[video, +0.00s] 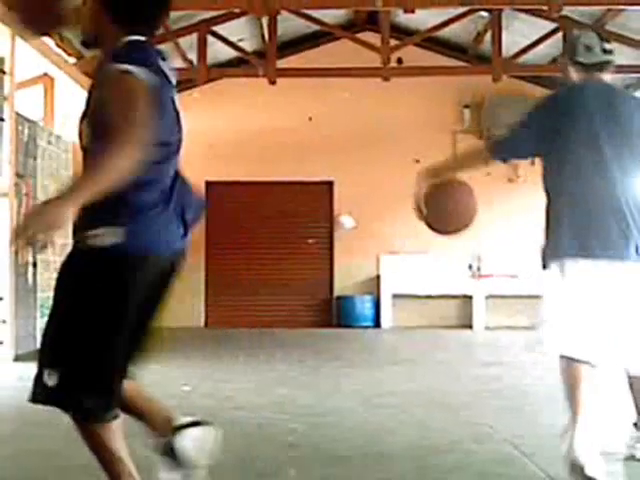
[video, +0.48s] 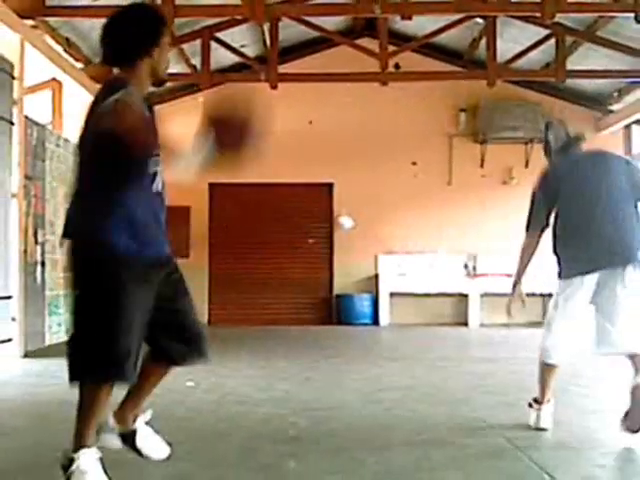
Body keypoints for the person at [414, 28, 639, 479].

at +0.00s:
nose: (563, 72)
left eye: (564, 66)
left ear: (569, 66)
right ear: (611, 67)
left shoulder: (561, 105)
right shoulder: (632, 106)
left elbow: (502, 151)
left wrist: (440, 170)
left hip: (576, 246)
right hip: (630, 247)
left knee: (574, 345)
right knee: (631, 353)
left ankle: (580, 438)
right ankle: (636, 431)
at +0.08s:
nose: (579, 81)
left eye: (578, 74)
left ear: (580, 72)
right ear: (616, 73)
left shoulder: (574, 101)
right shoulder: (635, 105)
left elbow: (530, 166)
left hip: (586, 237)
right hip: (635, 239)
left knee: (572, 330)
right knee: (631, 345)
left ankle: (589, 404)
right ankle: (634, 432)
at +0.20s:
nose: (578, 88)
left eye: (575, 81)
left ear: (578, 79)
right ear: (613, 77)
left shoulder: (568, 111)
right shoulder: (635, 108)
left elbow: (550, 179)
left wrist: (530, 227)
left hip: (584, 231)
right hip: (635, 229)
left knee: (565, 317)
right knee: (636, 335)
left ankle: (576, 412)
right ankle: (638, 424)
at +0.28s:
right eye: (604, 102)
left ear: (574, 104)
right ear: (607, 102)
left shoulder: (562, 132)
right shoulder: (628, 128)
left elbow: (554, 200)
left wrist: (541, 256)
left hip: (576, 236)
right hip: (631, 233)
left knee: (561, 324)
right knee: (631, 337)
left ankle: (554, 408)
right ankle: (634, 424)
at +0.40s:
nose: (558, 141)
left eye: (559, 136)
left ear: (563, 133)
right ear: (592, 129)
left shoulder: (558, 153)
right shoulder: (620, 149)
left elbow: (545, 216)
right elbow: (634, 193)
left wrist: (530, 262)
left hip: (581, 247)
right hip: (630, 243)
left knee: (559, 329)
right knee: (626, 336)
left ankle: (544, 404)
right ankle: (634, 416)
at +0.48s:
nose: (544, 158)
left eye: (545, 154)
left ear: (551, 151)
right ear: (580, 144)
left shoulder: (554, 174)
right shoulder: (618, 162)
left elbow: (534, 232)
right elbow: (639, 195)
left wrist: (517, 280)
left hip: (580, 258)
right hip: (627, 253)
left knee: (557, 331)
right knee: (627, 330)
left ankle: (543, 405)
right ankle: (637, 382)